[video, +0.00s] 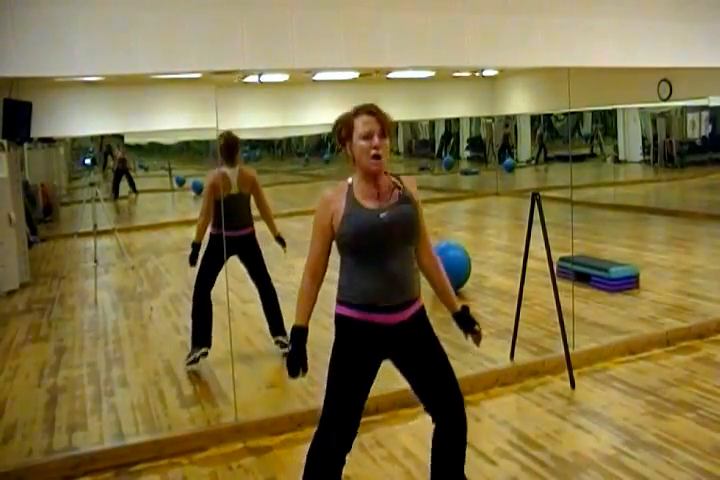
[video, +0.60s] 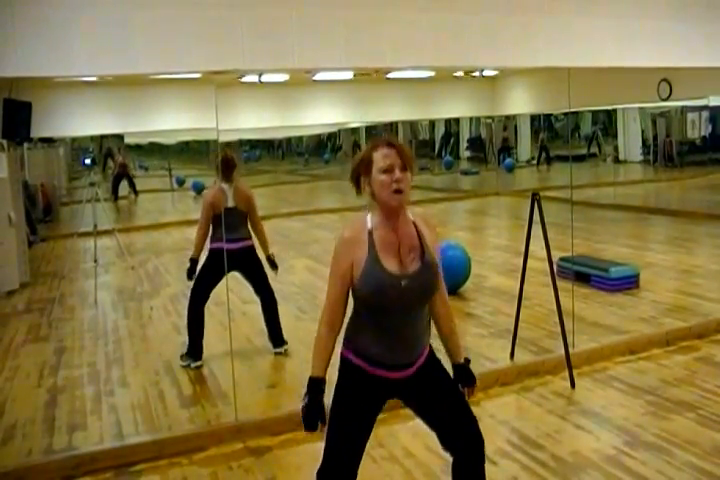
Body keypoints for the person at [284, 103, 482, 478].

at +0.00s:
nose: (377, 144)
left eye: (381, 136)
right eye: (366, 137)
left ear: (389, 142)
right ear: (347, 146)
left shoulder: (405, 191)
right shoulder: (334, 200)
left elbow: (426, 256)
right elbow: (314, 271)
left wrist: (458, 309)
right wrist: (299, 333)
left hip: (411, 326)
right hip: (358, 331)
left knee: (452, 416)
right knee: (335, 435)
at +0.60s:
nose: (396, 177)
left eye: (402, 169)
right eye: (385, 170)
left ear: (410, 176)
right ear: (367, 182)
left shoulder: (424, 231)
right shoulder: (353, 239)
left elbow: (439, 299)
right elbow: (332, 318)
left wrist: (459, 363)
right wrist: (315, 386)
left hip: (420, 367)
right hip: (363, 373)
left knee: (469, 444)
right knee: (338, 470)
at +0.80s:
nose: (407, 198)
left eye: (412, 190)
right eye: (395, 192)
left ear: (420, 198)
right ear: (376, 207)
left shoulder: (435, 249)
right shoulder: (366, 261)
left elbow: (466, 306)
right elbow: (326, 335)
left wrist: (509, 354)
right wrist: (294, 402)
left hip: (425, 379)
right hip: (369, 387)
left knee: (480, 452)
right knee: (341, 474)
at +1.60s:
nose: (429, 171)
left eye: (433, 162)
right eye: (417, 164)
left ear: (440, 170)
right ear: (394, 176)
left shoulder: (459, 230)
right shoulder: (380, 242)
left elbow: (476, 309)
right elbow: (356, 330)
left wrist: (504, 377)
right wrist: (337, 406)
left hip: (458, 386)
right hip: (396, 393)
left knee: (509, 473)